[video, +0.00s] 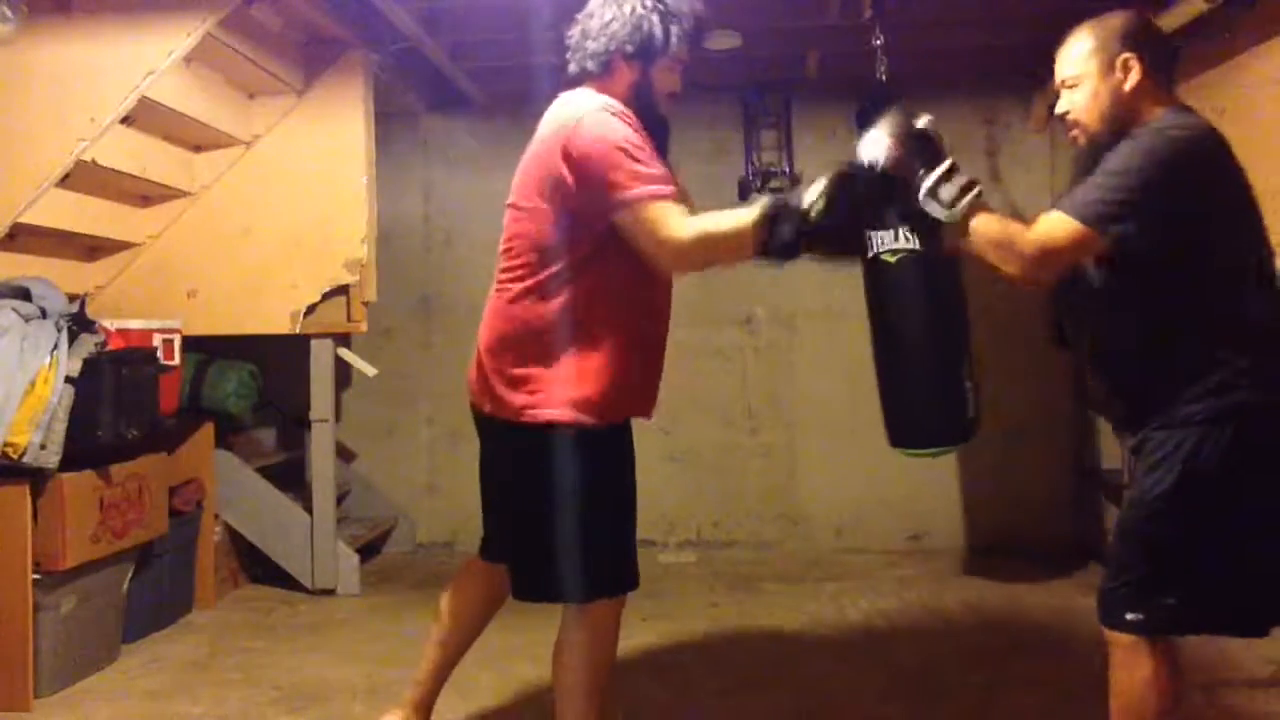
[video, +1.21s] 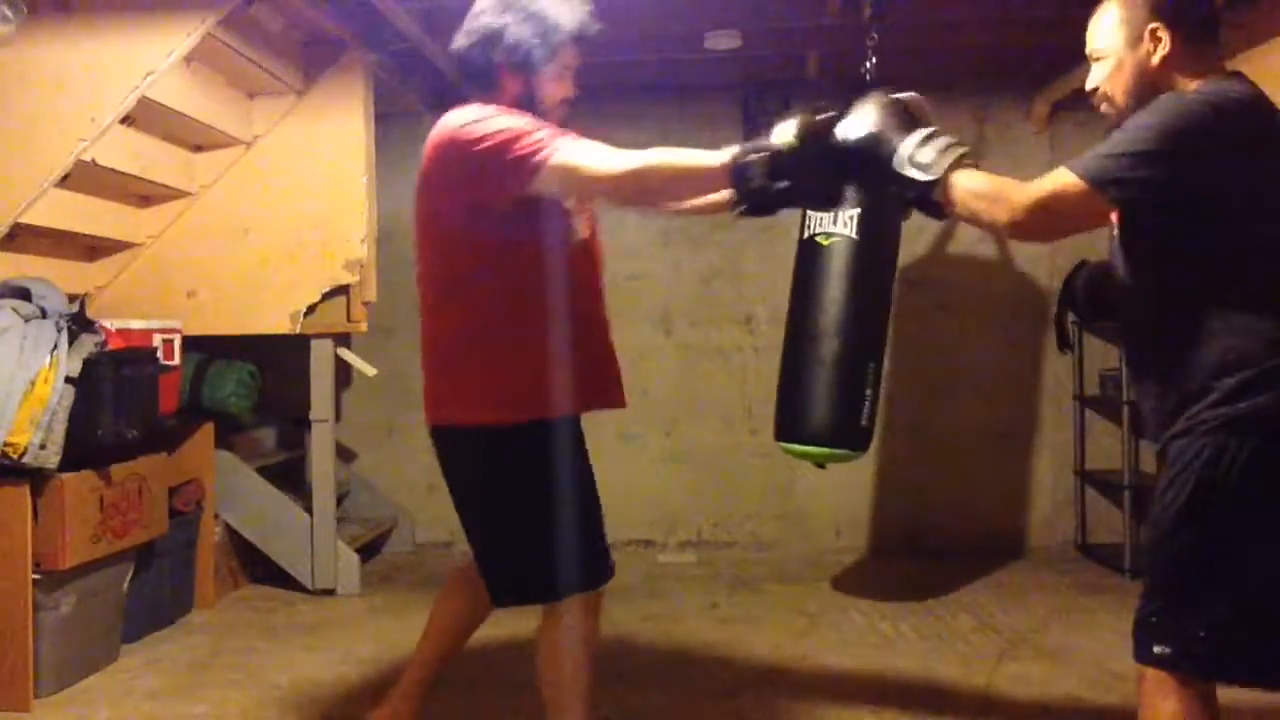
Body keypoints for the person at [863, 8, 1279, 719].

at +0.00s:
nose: (1061, 108)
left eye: (1070, 86)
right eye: (1059, 91)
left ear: (1126, 72)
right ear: (1127, 77)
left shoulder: (1165, 147)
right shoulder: (1151, 146)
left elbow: (1033, 257)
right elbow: (1042, 255)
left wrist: (932, 177)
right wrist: (931, 202)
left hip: (1213, 419)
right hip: (1197, 413)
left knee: (1131, 614)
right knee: (1145, 614)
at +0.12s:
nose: (1073, 94)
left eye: (1083, 73)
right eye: (1072, 77)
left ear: (1138, 64)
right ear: (1137, 69)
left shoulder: (1175, 143)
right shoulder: (1147, 144)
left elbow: (1097, 278)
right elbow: (1084, 254)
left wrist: (986, 224)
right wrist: (986, 214)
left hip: (1202, 423)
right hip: (1175, 417)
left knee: (1138, 617)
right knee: (1154, 618)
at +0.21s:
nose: (1085, 94)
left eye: (1098, 72)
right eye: (1085, 76)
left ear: (1155, 63)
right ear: (1157, 69)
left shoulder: (1190, 144)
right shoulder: (1192, 137)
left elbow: (1149, 295)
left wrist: (1033, 272)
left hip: (1196, 427)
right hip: (1198, 420)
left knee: (1147, 624)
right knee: (1159, 622)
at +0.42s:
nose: (1154, 89)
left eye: (1168, 69)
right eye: (1154, 73)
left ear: (1230, 61)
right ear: (1228, 64)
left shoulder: (1255, 144)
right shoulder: (1235, 148)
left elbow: (1180, 285)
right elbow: (1155, 284)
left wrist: (1116, 182)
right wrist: (1091, 232)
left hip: (1246, 435)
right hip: (1236, 430)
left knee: (1178, 625)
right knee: (1189, 623)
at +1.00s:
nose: (1133, 75)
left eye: (1146, 54)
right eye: (1134, 57)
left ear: (1210, 44)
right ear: (1208, 48)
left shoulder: (1230, 129)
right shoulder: (1244, 123)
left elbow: (1080, 240)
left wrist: (993, 192)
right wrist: (1022, 212)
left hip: (1229, 429)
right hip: (1238, 423)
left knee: (1160, 647)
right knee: (1172, 644)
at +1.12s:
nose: (1093, 84)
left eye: (1103, 60)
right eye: (1092, 64)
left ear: (1162, 45)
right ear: (1167, 46)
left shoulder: (1197, 122)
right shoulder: (1242, 115)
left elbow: (1033, 219)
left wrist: (927, 148)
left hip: (1234, 421)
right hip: (1257, 412)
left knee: (1167, 653)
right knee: (1183, 646)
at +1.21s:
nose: (1091, 83)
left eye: (1100, 58)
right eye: (1091, 62)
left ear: (1157, 43)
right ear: (1163, 44)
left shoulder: (1189, 120)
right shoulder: (1246, 112)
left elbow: (1023, 210)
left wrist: (917, 151)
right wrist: (1123, 304)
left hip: (1230, 427)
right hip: (1259, 418)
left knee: (1170, 660)